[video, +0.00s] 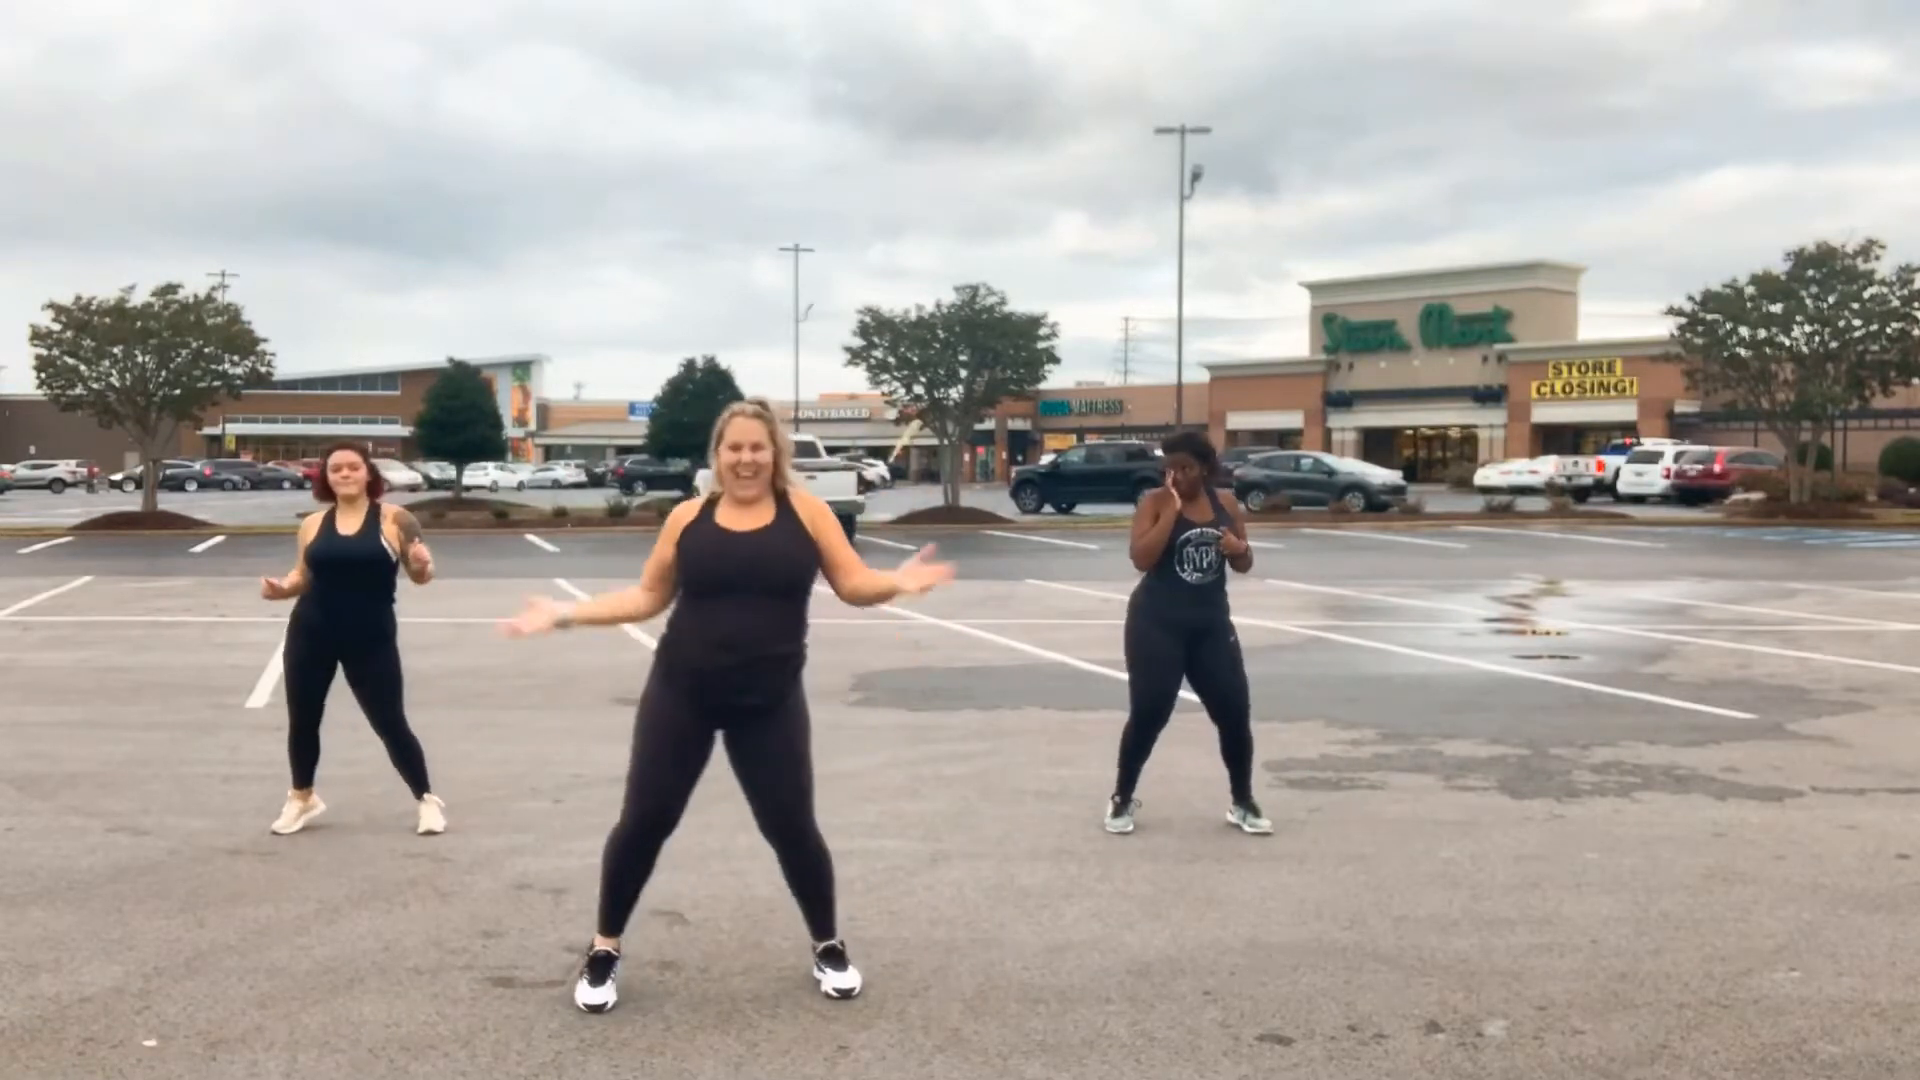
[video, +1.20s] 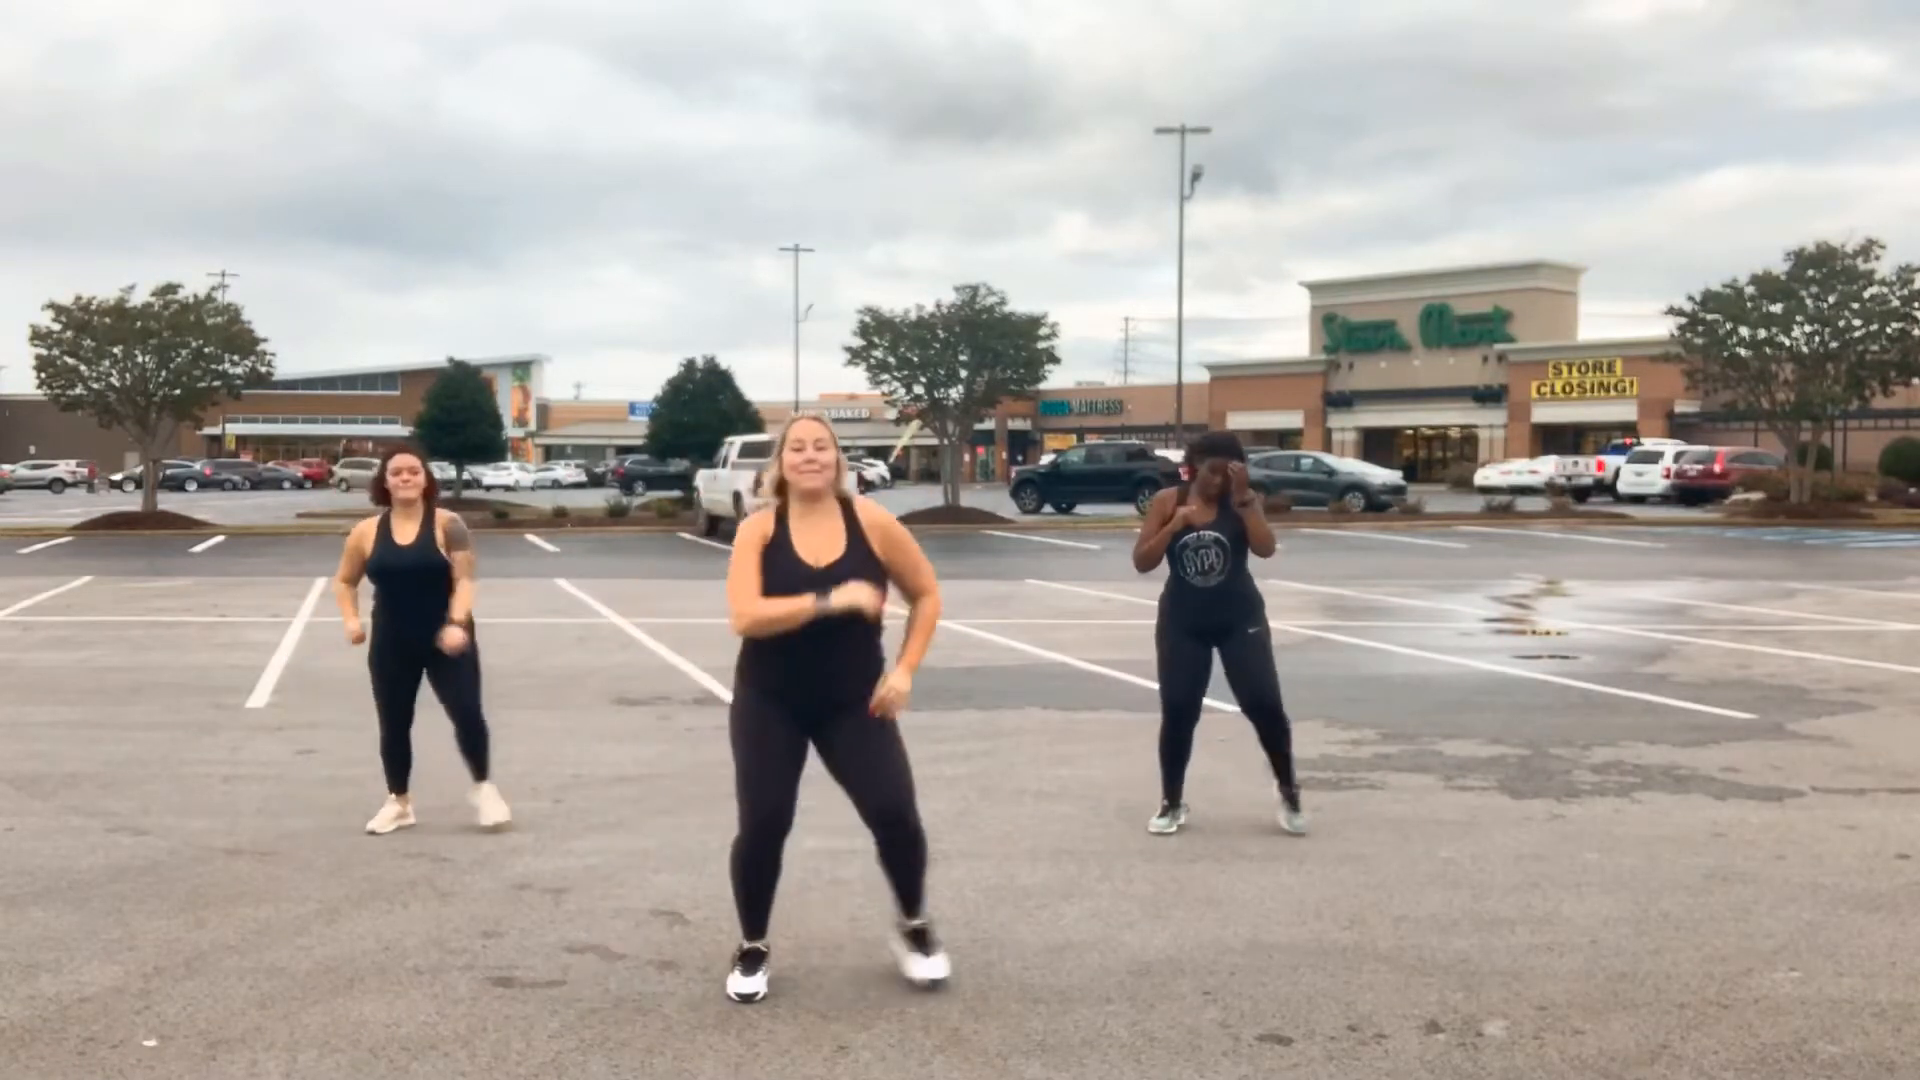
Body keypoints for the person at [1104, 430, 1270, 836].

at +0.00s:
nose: (1175, 476)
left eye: (1183, 469)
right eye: (1170, 469)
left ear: (1204, 468)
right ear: (1164, 469)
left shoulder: (1224, 502)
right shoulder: (1153, 502)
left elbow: (1243, 564)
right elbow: (1141, 558)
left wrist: (1237, 549)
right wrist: (1170, 512)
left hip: (1210, 626)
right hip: (1156, 626)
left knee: (1235, 715)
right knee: (1148, 715)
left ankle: (1242, 802)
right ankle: (1122, 799)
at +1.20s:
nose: (1220, 479)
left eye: (1227, 472)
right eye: (1213, 471)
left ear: (1235, 473)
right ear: (1192, 469)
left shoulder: (1245, 502)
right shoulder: (1168, 501)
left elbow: (1266, 548)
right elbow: (1142, 561)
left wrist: (1242, 500)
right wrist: (1175, 524)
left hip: (1239, 618)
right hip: (1183, 620)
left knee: (1266, 707)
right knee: (1178, 711)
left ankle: (1289, 794)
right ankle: (1171, 803)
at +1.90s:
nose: (1222, 466)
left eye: (1229, 459)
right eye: (1214, 458)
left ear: (1236, 464)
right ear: (1193, 459)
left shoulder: (1242, 501)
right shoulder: (1170, 502)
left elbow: (1255, 557)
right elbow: (1168, 562)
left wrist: (1266, 541)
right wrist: (1212, 532)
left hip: (1235, 619)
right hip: (1181, 622)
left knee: (1253, 705)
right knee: (1188, 710)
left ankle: (1250, 794)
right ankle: (1179, 803)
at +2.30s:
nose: (1223, 459)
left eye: (1227, 452)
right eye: (1213, 455)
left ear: (1237, 458)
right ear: (1196, 465)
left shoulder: (1248, 507)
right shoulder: (1179, 503)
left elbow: (1256, 571)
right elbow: (1150, 563)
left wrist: (1269, 567)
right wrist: (1203, 577)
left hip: (1220, 623)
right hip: (1167, 619)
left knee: (1222, 712)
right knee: (1173, 702)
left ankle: (1214, 804)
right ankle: (1140, 790)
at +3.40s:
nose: (1214, 456)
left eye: (1218, 450)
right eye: (1204, 451)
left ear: (1226, 457)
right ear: (1185, 459)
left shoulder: (1239, 500)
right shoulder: (1163, 503)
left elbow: (1251, 557)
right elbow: (1135, 558)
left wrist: (1218, 527)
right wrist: (1158, 555)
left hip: (1224, 621)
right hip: (1169, 623)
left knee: (1249, 702)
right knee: (1181, 710)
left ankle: (1237, 788)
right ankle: (1180, 802)